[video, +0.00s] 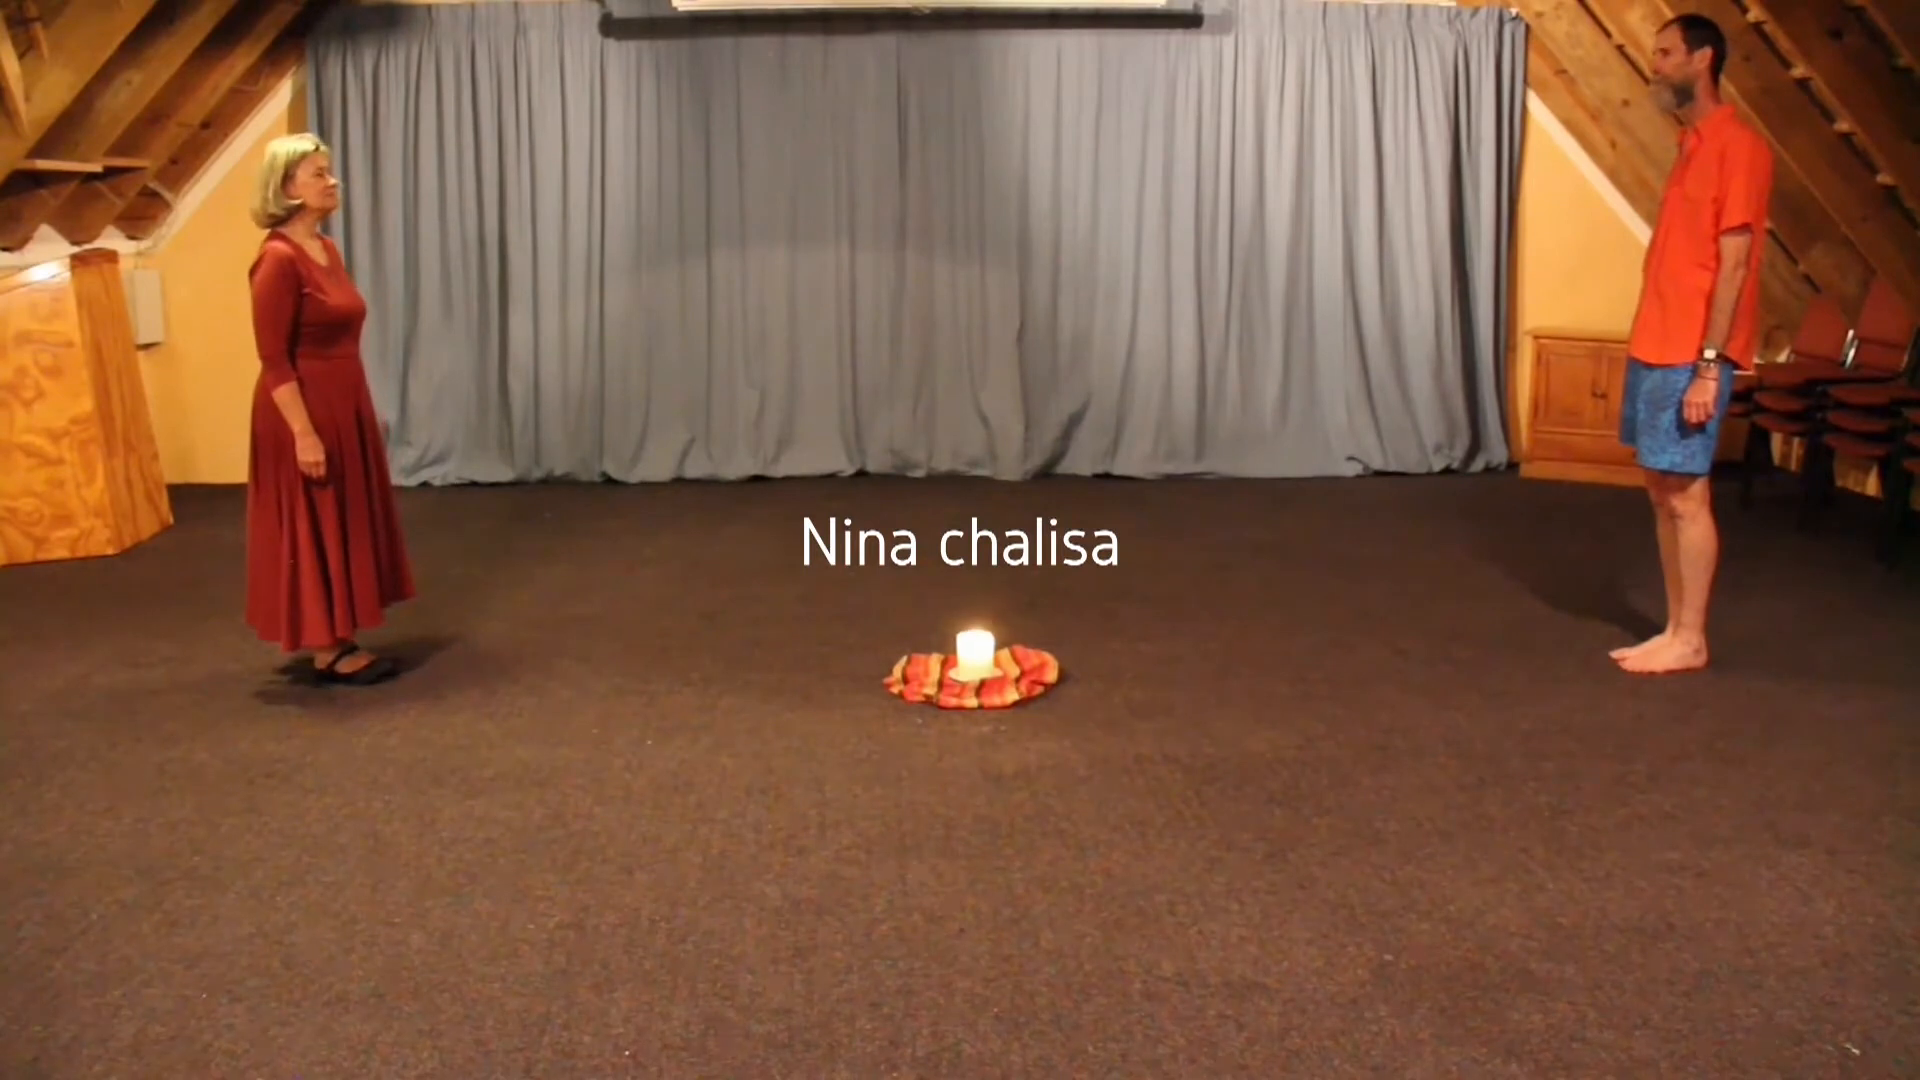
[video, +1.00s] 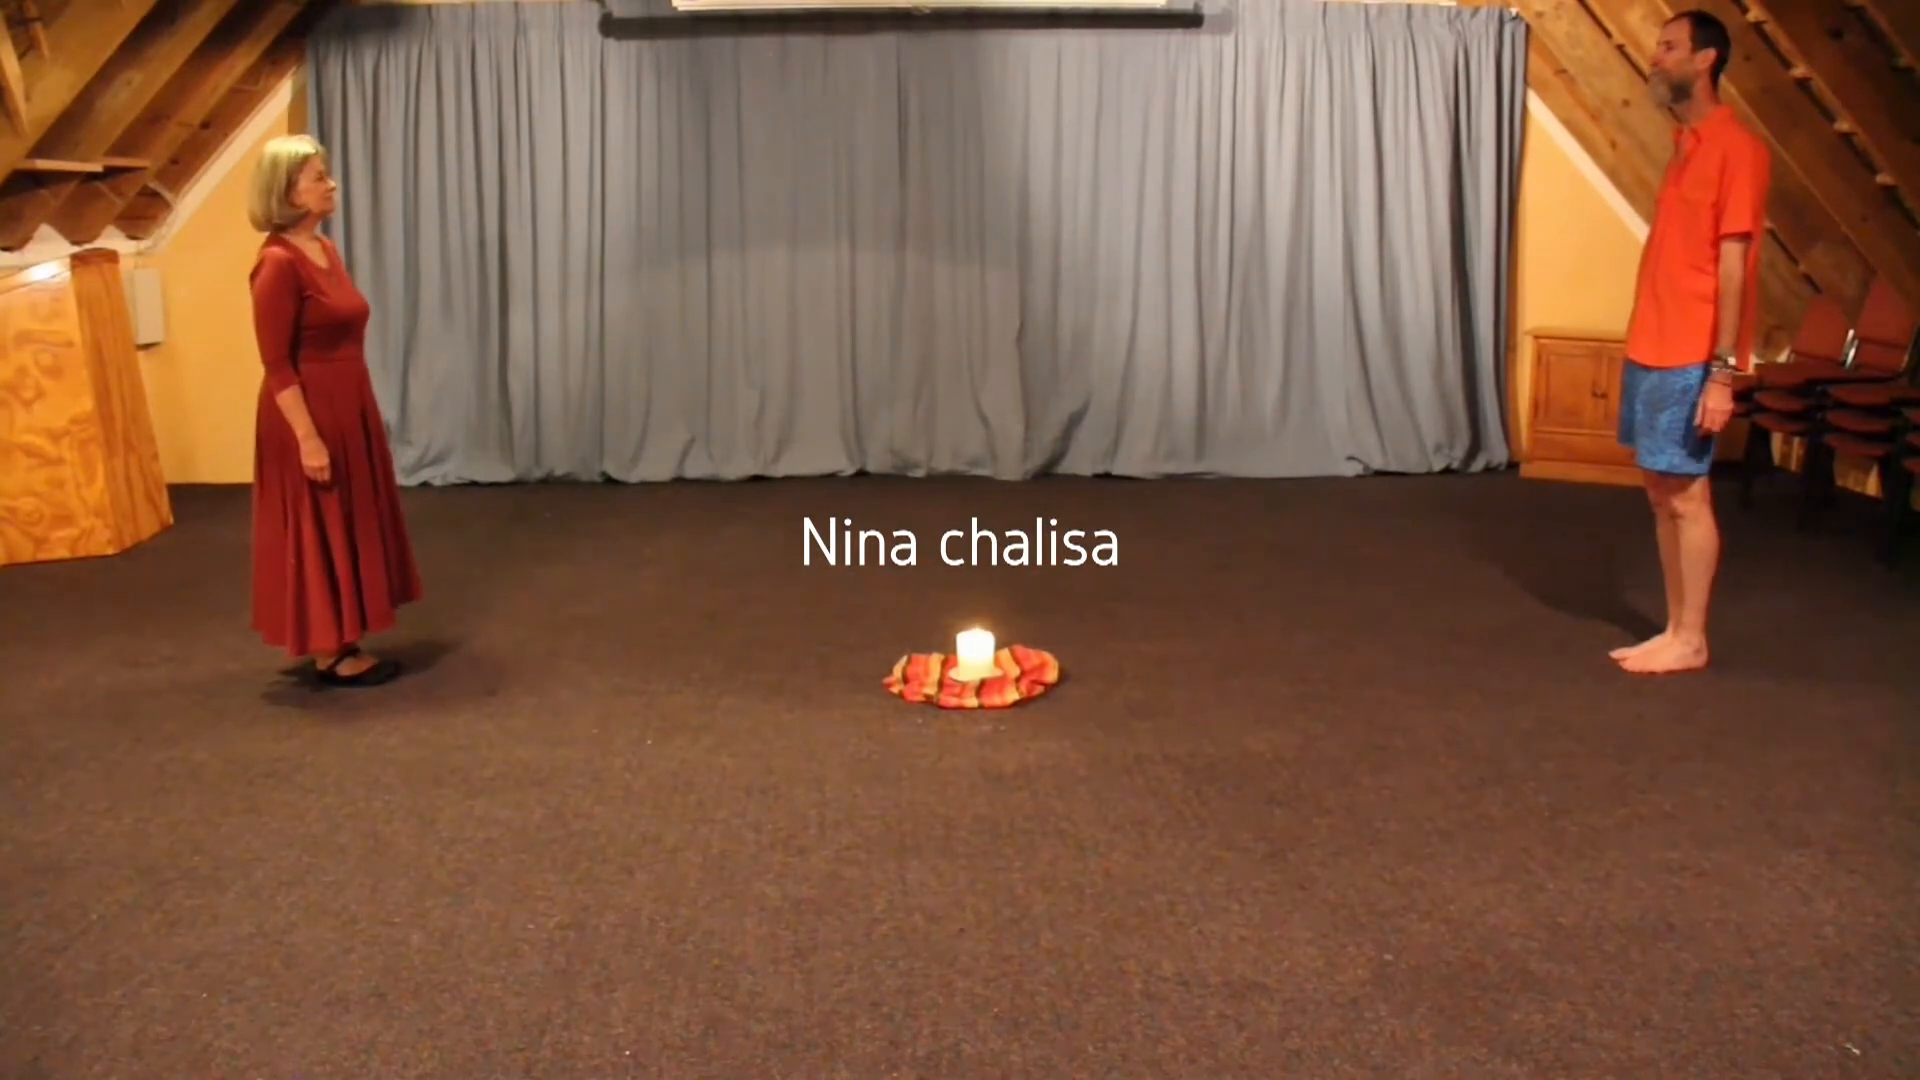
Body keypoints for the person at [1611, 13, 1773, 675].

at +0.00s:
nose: (1654, 65)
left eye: (1665, 53)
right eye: (1654, 54)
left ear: (1704, 59)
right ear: (1692, 61)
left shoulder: (1737, 141)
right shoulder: (1697, 141)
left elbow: (1734, 262)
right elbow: (1691, 256)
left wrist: (1711, 363)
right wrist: (1661, 349)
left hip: (1693, 357)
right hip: (1659, 351)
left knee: (1686, 499)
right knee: (1664, 494)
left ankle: (1691, 639)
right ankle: (1676, 630)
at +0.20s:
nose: (1653, 62)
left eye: (1666, 51)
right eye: (1654, 51)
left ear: (1704, 60)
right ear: (1690, 62)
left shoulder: (1738, 143)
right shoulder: (1696, 142)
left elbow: (1734, 264)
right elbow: (1691, 257)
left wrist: (1713, 363)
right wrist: (1659, 348)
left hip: (1691, 357)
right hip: (1658, 351)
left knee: (1684, 498)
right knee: (1662, 494)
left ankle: (1691, 639)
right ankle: (1676, 631)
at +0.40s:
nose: (1654, 61)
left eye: (1667, 50)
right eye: (1655, 49)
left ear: (1705, 60)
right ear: (1691, 61)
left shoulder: (1737, 144)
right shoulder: (1695, 143)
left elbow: (1734, 267)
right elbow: (1688, 259)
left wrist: (1715, 366)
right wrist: (1656, 348)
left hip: (1691, 358)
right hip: (1657, 352)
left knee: (1684, 498)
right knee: (1662, 494)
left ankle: (1691, 639)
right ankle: (1676, 630)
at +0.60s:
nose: (1654, 58)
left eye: (1667, 47)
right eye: (1656, 46)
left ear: (1705, 59)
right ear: (1691, 60)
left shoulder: (1736, 144)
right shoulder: (1693, 141)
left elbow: (1732, 266)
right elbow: (1688, 257)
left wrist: (1717, 368)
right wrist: (1655, 347)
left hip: (1691, 358)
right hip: (1656, 352)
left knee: (1687, 499)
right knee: (1662, 495)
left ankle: (1691, 639)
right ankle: (1676, 630)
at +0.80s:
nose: (1655, 58)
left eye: (1668, 47)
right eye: (1657, 46)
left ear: (1706, 59)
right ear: (1690, 60)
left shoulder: (1737, 145)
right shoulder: (1691, 142)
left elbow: (1733, 266)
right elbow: (1686, 258)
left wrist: (1720, 370)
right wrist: (1652, 347)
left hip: (1691, 359)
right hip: (1655, 353)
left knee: (1687, 498)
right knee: (1662, 495)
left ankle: (1691, 639)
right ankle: (1677, 631)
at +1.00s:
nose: (1655, 58)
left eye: (1668, 47)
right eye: (1657, 46)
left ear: (1706, 59)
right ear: (1689, 60)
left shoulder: (1737, 145)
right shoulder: (1690, 143)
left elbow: (1734, 262)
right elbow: (1685, 257)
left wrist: (1723, 368)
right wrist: (1653, 347)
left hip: (1691, 358)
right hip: (1654, 352)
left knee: (1687, 498)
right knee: (1662, 494)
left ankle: (1691, 639)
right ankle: (1677, 631)